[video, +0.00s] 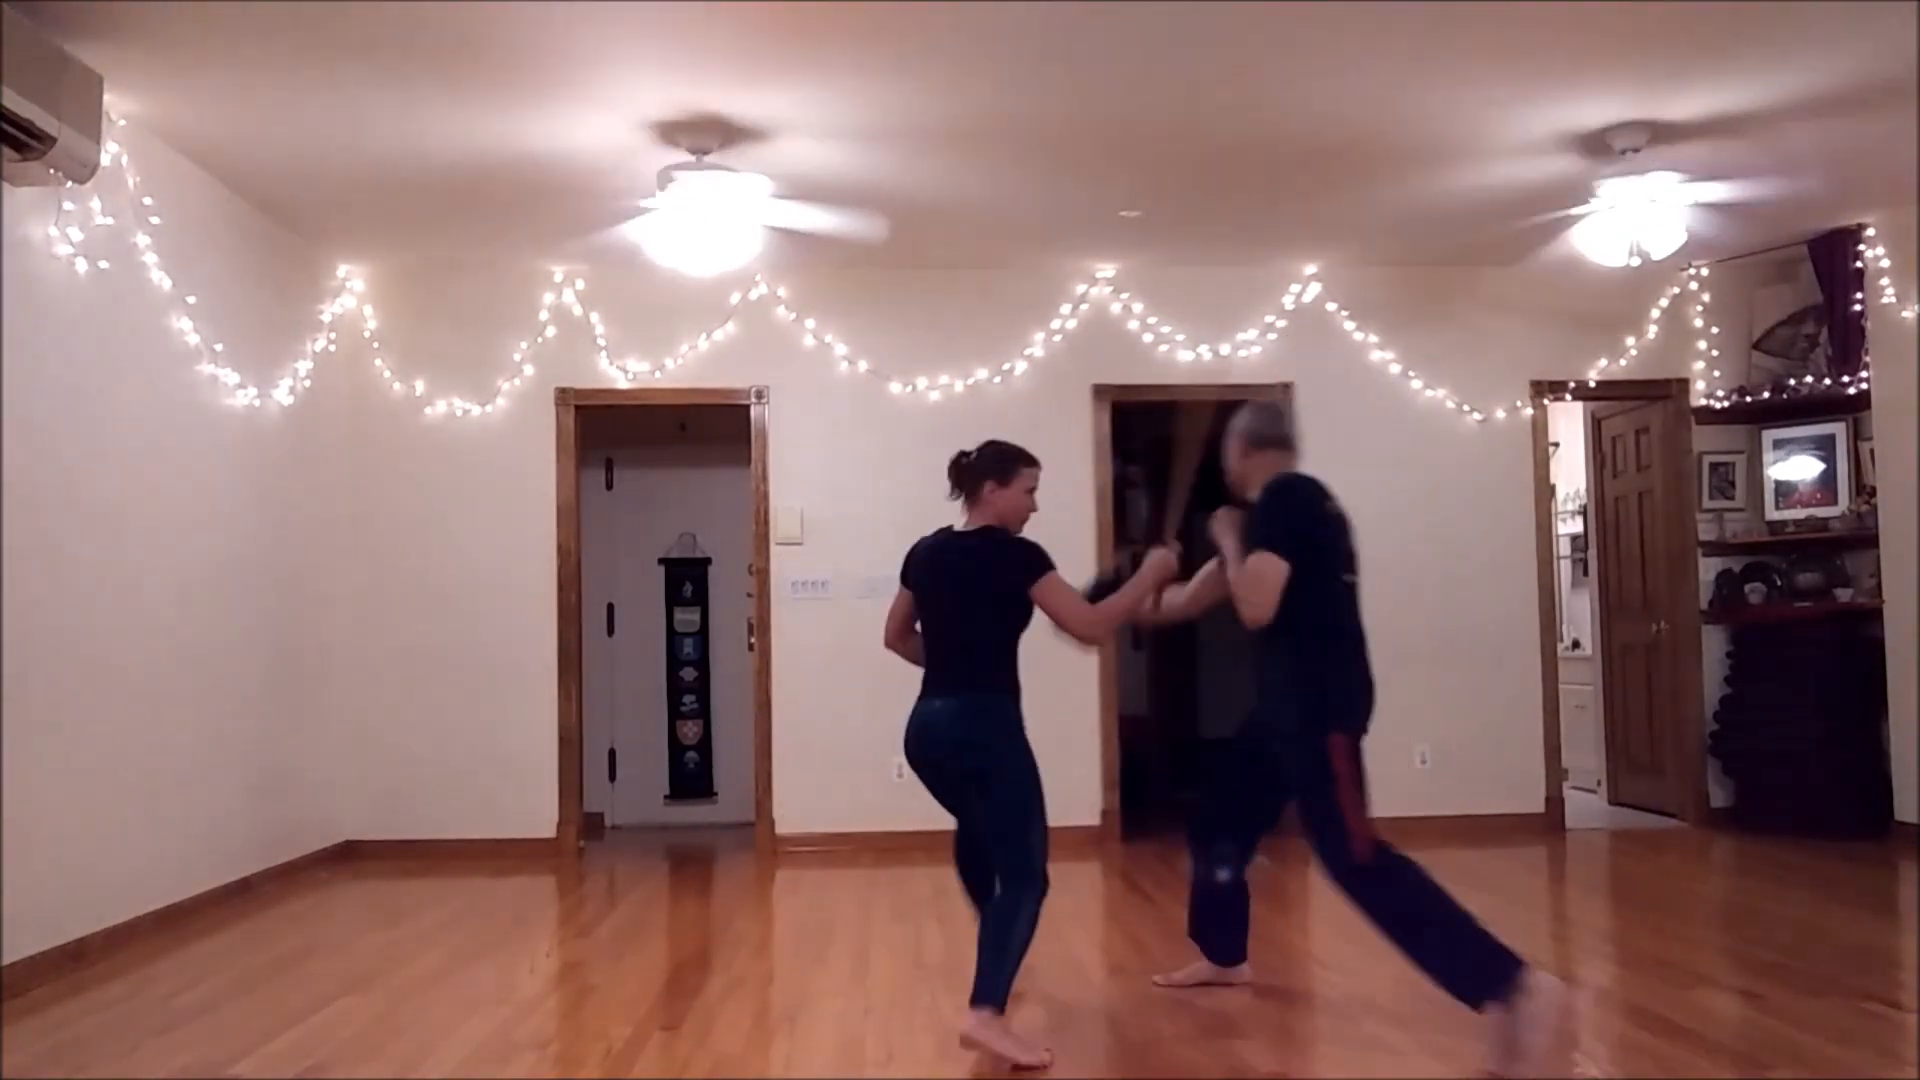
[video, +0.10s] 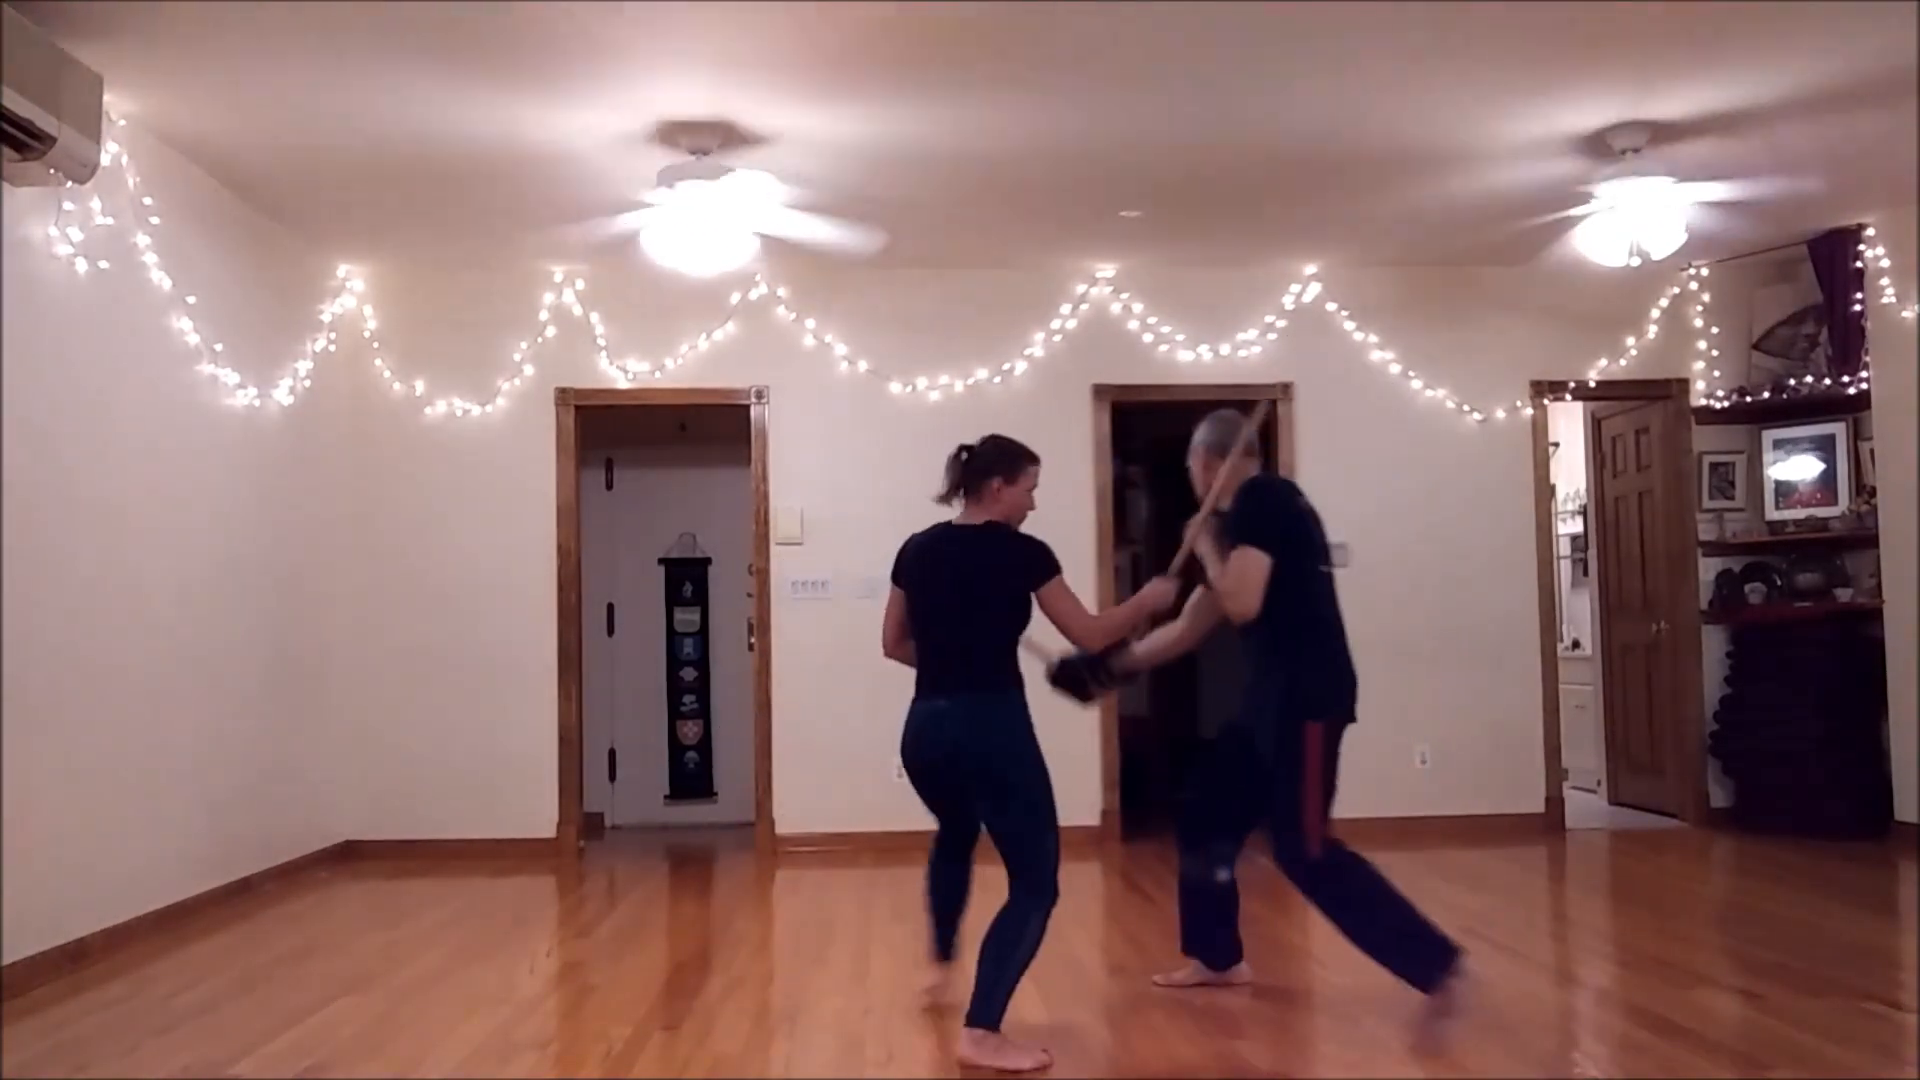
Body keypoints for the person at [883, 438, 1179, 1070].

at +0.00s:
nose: (1033, 504)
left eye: (1034, 492)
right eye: (1028, 492)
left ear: (979, 494)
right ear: (991, 491)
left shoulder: (928, 551)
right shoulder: (1017, 554)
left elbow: (897, 636)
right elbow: (1090, 624)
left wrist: (947, 662)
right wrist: (1148, 577)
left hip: (928, 731)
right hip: (990, 732)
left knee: (974, 827)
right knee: (1027, 876)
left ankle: (999, 930)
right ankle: (985, 1013)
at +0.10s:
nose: (1031, 503)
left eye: (1033, 492)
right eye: (1028, 491)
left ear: (975, 488)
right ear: (998, 487)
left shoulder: (918, 548)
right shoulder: (1022, 551)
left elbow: (894, 644)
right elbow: (1089, 633)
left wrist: (952, 663)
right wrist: (1146, 602)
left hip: (926, 735)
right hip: (998, 737)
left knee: (955, 828)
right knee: (1035, 886)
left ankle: (941, 955)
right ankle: (981, 1032)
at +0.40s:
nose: (1008, 483)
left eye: (1008, 473)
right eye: (1008, 473)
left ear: (944, 468)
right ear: (990, 472)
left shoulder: (886, 519)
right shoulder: (1004, 541)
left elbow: (856, 623)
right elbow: (1043, 647)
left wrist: (912, 645)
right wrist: (1092, 654)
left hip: (895, 718)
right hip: (976, 721)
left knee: (842, 877)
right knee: (1008, 878)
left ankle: (795, 1037)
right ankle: (980, 1038)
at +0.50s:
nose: (993, 483)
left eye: (992, 473)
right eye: (993, 473)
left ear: (928, 466)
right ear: (977, 471)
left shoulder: (870, 512)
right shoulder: (990, 543)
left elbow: (828, 614)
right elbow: (1009, 653)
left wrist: (878, 643)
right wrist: (1041, 680)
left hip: (876, 719)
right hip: (958, 723)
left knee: (832, 886)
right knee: (997, 876)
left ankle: (796, 1059)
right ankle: (979, 1038)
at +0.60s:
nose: (975, 481)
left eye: (976, 472)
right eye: (975, 471)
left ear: (910, 461)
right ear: (961, 467)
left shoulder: (852, 512)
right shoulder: (973, 535)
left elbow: (806, 613)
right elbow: (984, 653)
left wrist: (862, 656)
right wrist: (975, 707)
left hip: (867, 717)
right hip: (950, 719)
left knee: (824, 890)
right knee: (993, 877)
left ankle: (796, 1062)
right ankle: (985, 1038)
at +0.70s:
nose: (956, 481)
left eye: (955, 471)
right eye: (955, 471)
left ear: (889, 464)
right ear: (940, 467)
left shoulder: (836, 521)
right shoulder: (960, 527)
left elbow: (804, 625)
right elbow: (998, 638)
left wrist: (859, 671)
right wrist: (970, 694)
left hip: (863, 719)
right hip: (949, 719)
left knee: (822, 896)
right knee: (993, 878)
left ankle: (798, 1064)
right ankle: (1007, 1038)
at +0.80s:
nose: (953, 481)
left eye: (952, 472)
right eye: (952, 471)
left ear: (885, 469)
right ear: (936, 467)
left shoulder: (835, 533)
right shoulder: (962, 521)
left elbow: (828, 651)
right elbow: (1021, 608)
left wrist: (883, 684)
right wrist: (973, 668)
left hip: (862, 721)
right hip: (947, 718)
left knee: (820, 897)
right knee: (1000, 879)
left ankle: (798, 1063)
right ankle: (1029, 1041)